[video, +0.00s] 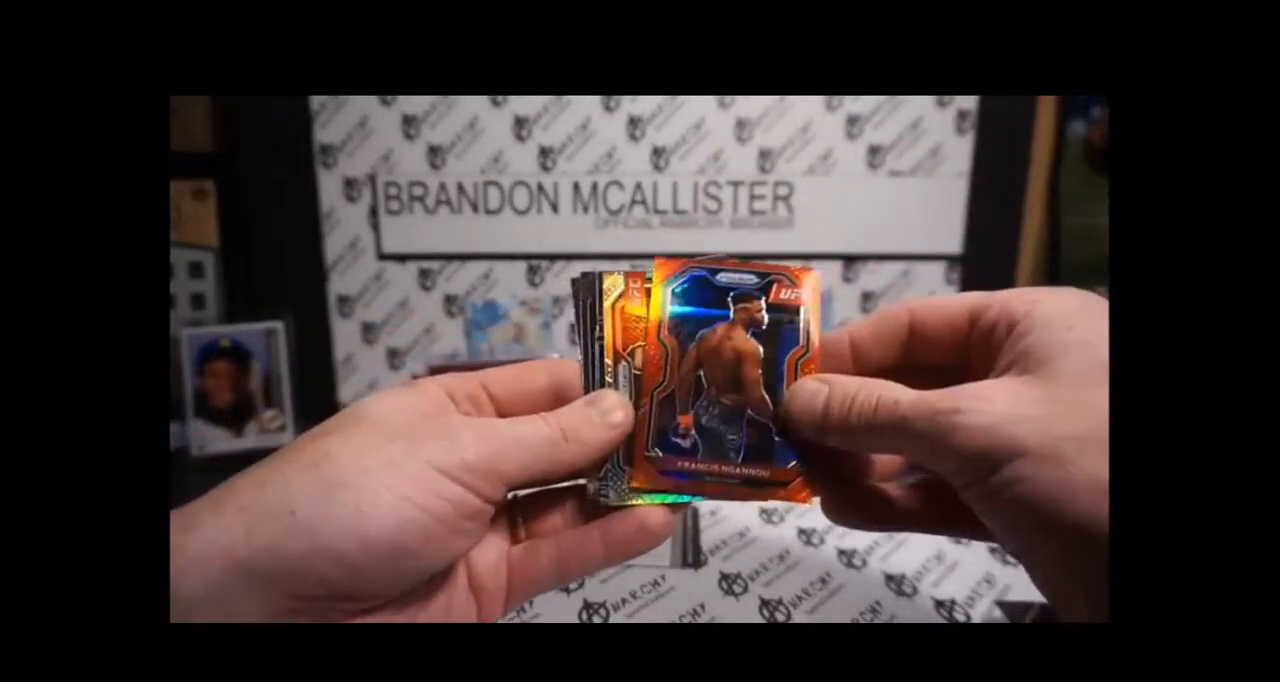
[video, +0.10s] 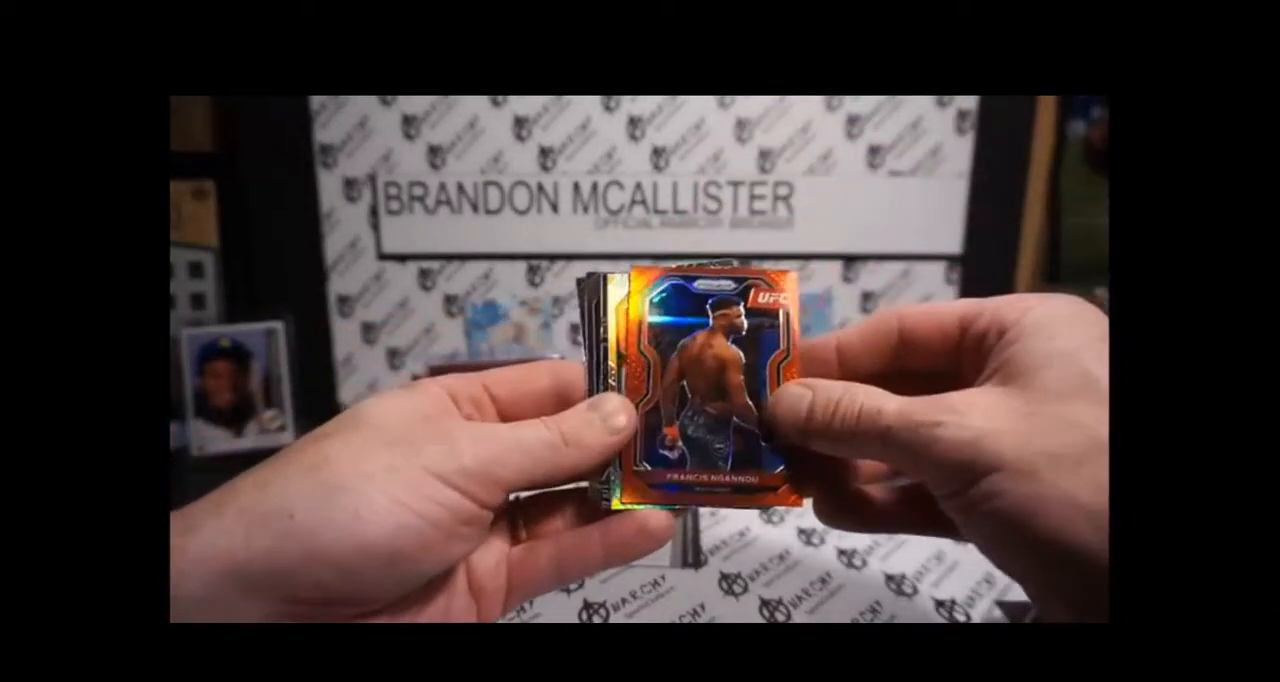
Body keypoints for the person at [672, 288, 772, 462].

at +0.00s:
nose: (765, 316)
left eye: (764, 310)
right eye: (760, 311)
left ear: (739, 312)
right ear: (742, 312)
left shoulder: (706, 336)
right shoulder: (749, 347)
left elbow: (685, 374)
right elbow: (755, 397)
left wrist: (683, 413)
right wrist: (774, 420)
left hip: (705, 409)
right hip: (730, 416)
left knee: (705, 473)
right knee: (726, 478)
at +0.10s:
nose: (745, 321)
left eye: (743, 315)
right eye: (740, 316)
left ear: (716, 319)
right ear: (723, 318)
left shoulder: (687, 345)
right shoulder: (731, 354)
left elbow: (668, 385)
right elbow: (739, 403)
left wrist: (669, 425)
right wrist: (761, 427)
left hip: (690, 419)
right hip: (716, 424)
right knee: (713, 490)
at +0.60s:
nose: (720, 305)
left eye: (718, 299)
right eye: (713, 300)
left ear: (693, 305)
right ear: (697, 304)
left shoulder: (664, 332)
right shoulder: (708, 338)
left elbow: (648, 372)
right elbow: (720, 387)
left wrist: (650, 413)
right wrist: (744, 407)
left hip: (671, 406)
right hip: (697, 411)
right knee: (701, 475)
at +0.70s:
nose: (721, 305)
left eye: (719, 299)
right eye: (714, 300)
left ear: (694, 306)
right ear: (697, 305)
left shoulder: (664, 331)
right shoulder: (709, 338)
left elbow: (648, 371)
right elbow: (721, 387)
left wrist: (651, 412)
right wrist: (745, 406)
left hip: (672, 405)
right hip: (698, 411)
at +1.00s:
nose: (720, 307)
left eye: (719, 301)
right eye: (714, 302)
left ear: (694, 307)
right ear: (696, 306)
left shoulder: (665, 333)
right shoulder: (709, 340)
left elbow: (649, 373)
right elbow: (721, 388)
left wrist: (651, 413)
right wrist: (745, 408)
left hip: (673, 407)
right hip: (699, 413)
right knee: (701, 474)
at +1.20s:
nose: (717, 308)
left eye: (715, 302)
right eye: (711, 303)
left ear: (690, 308)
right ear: (693, 307)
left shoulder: (661, 335)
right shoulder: (705, 341)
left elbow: (645, 375)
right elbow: (718, 390)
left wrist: (647, 416)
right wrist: (741, 409)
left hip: (668, 409)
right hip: (695, 415)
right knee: (696, 476)